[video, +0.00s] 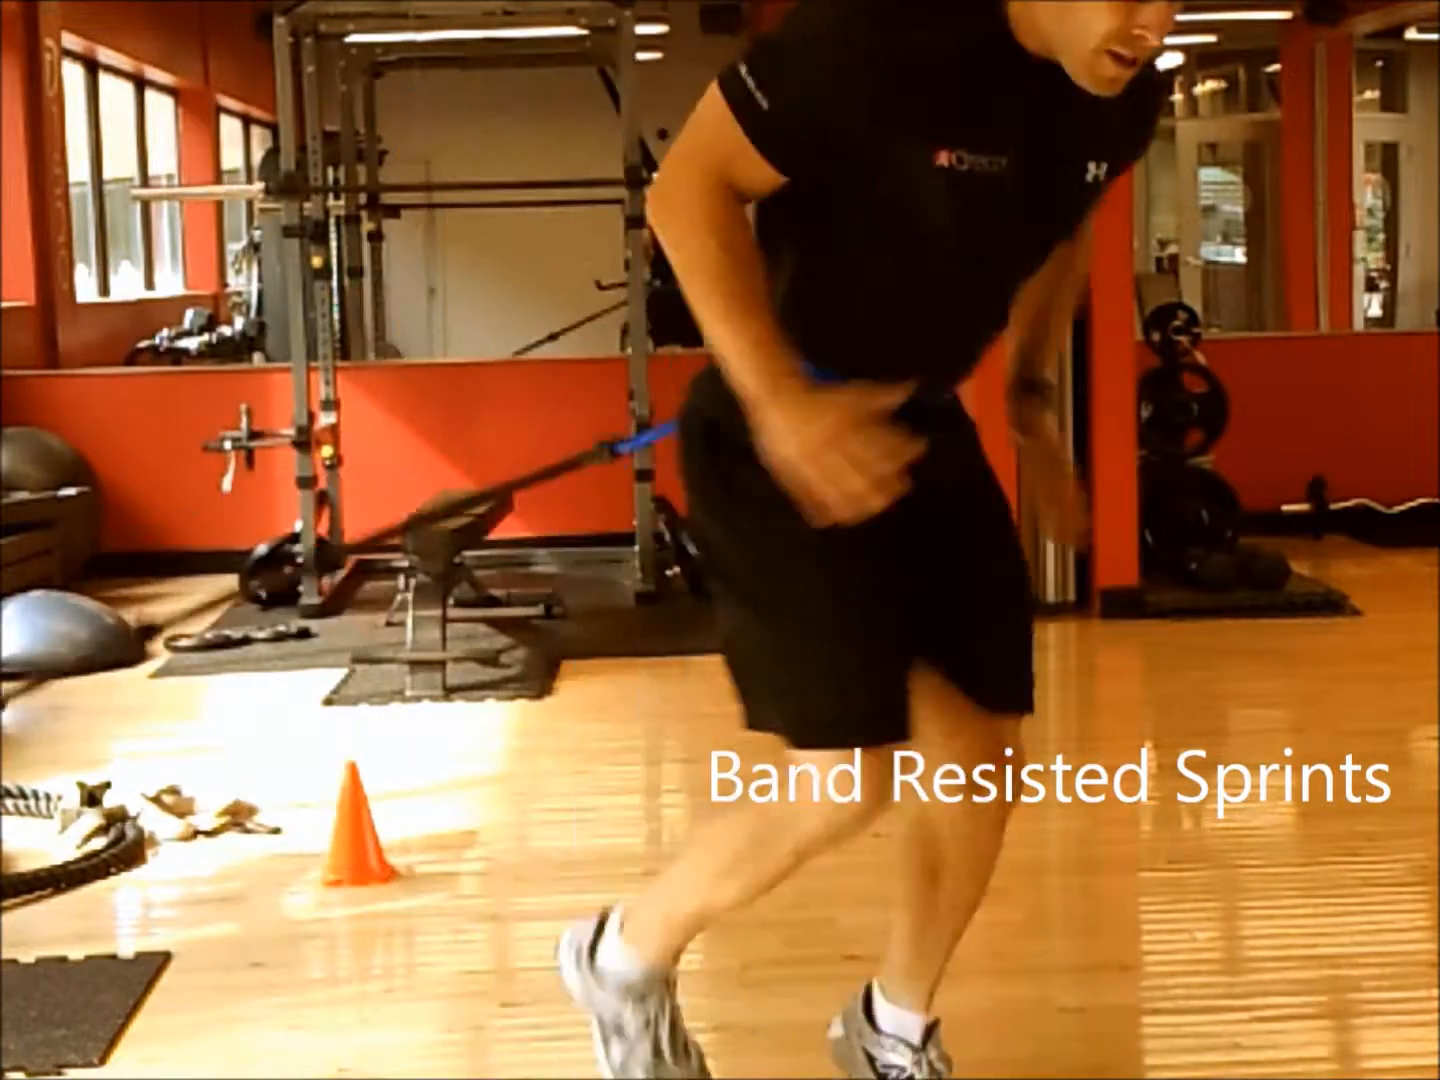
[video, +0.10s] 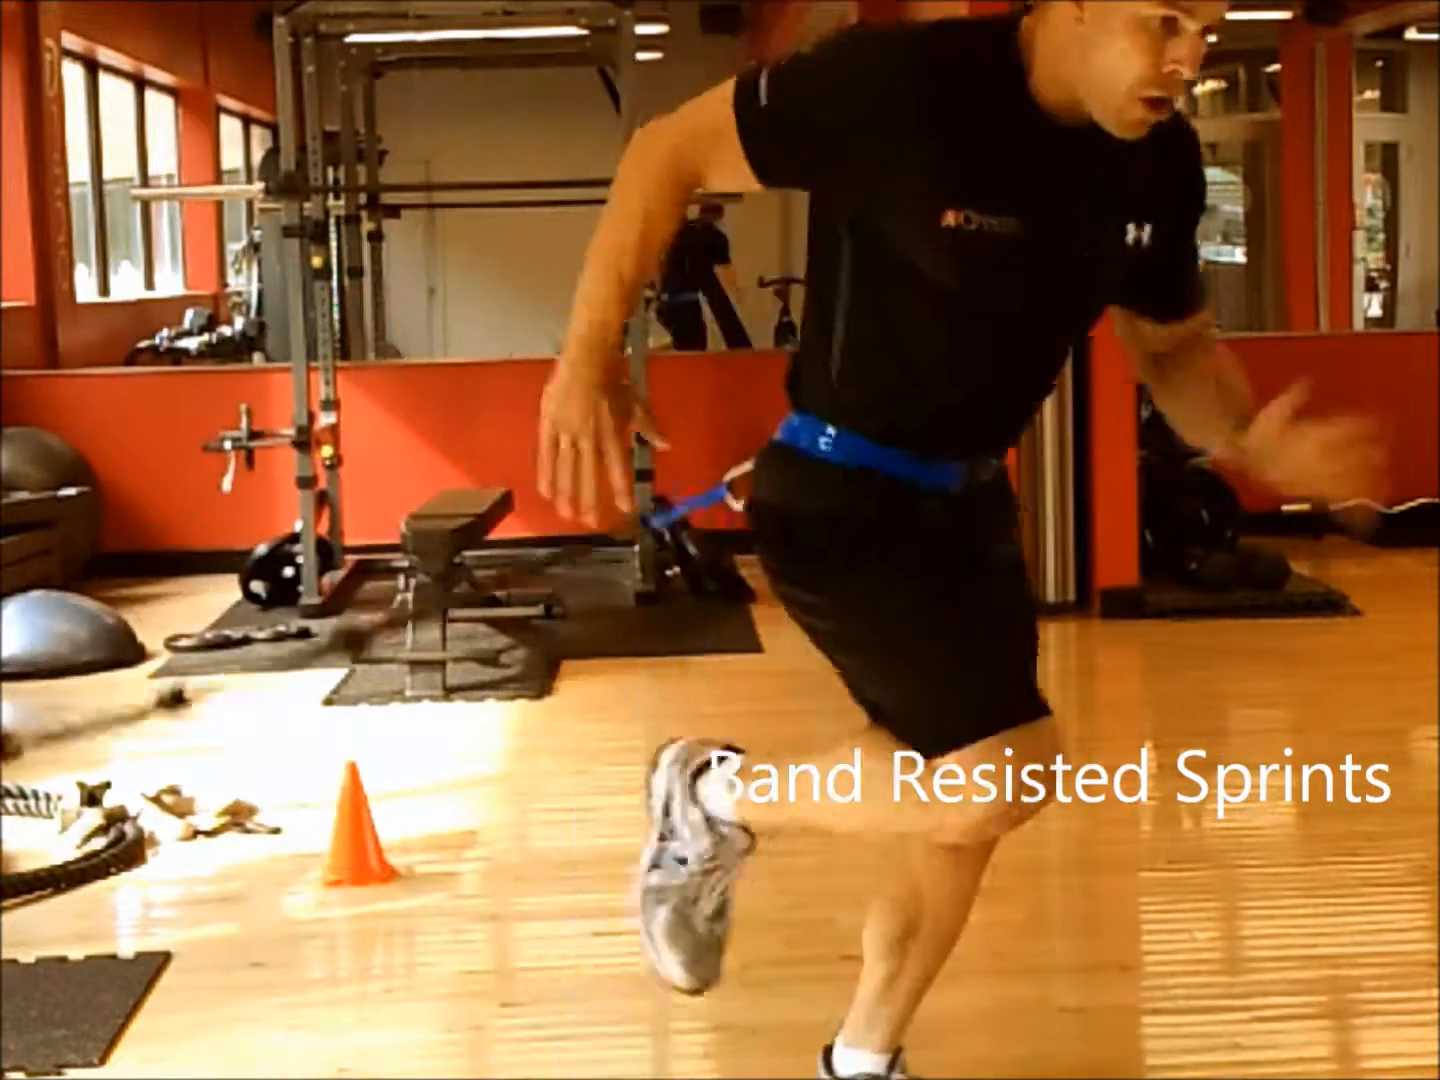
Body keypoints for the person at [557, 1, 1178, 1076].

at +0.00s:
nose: (1150, 27)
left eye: (1170, 5)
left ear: (1179, 10)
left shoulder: (1119, 103)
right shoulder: (872, 40)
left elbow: (1061, 237)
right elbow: (688, 186)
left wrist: (1030, 401)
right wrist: (780, 398)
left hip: (920, 416)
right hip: (772, 415)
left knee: (981, 745)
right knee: (844, 771)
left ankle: (893, 1025)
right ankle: (623, 955)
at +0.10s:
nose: (1186, 64)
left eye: (1205, 38)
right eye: (1165, 24)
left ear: (1210, 45)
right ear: (1069, 5)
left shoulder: (1156, 158)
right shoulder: (899, 85)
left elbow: (1176, 344)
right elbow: (666, 151)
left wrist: (1246, 446)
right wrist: (587, 356)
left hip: (968, 498)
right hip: (834, 491)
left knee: (967, 805)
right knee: (1006, 772)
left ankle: (861, 1058)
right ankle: (713, 797)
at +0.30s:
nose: (1227, 1)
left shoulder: (1214, 62)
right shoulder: (938, 27)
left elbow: (1167, 222)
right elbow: (740, 163)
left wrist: (1182, 405)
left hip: (1029, 436)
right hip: (869, 435)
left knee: (1098, 780)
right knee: (886, 809)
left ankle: (885, 924)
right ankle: (766, 1062)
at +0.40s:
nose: (1228, 56)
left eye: (1240, 25)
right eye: (1207, 16)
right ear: (1104, 2)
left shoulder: (1173, 114)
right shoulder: (960, 87)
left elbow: (1072, 289)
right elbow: (863, 330)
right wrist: (1123, 314)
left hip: (1020, 508)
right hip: (863, 515)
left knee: (1237, 768)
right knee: (822, 875)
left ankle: (960, 752)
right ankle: (725, 1072)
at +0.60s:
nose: (1287, 19)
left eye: (1304, 2)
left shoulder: (1259, 86)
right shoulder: (980, 31)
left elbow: (1190, 252)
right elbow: (792, 194)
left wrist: (1194, 431)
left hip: (1040, 441)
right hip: (893, 430)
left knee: (1071, 801)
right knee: (947, 824)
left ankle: (868, 989)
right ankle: (704, 982)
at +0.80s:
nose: (1273, 85)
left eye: (1294, 53)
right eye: (1251, 44)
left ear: (1310, 49)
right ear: (1151, 16)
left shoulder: (1250, 170)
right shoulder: (963, 105)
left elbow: (1251, 348)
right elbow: (734, 170)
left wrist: (1328, 426)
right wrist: (652, 390)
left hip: (1045, 528)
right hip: (900, 512)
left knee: (927, 822)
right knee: (1028, 837)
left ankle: (803, 1017)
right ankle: (784, 875)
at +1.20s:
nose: (1367, 28)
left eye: (1386, 6)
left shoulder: (1307, 99)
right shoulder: (1035, 36)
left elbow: (1219, 246)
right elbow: (840, 213)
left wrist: (1209, 420)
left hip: (1073, 447)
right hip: (912, 440)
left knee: (1095, 823)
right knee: (952, 847)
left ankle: (895, 1005)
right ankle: (698, 988)